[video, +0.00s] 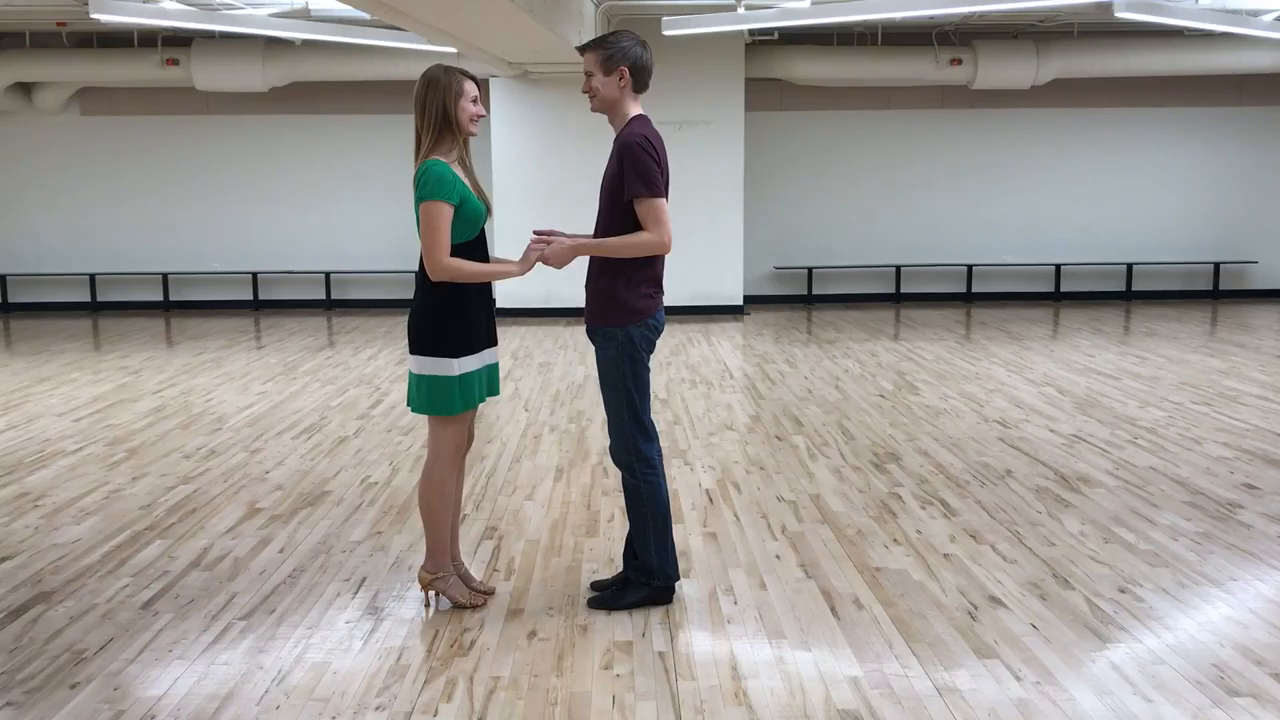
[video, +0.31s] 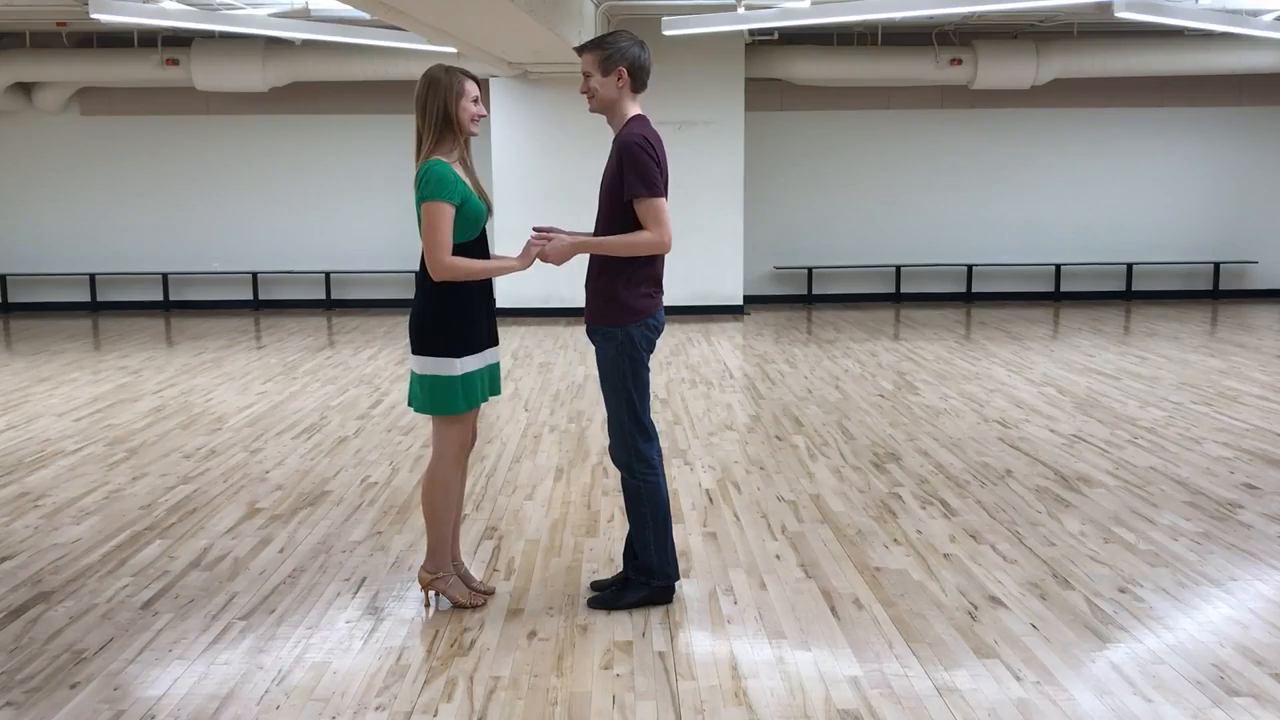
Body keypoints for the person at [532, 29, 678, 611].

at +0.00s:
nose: (584, 86)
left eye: (590, 75)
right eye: (584, 76)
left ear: (620, 76)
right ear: (621, 77)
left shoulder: (636, 142)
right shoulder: (630, 138)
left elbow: (659, 239)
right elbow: (636, 235)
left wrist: (578, 245)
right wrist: (573, 243)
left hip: (627, 320)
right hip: (621, 317)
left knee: (635, 450)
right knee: (632, 448)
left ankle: (654, 576)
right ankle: (645, 569)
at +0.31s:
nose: (582, 87)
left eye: (588, 76)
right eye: (582, 77)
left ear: (619, 77)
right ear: (620, 77)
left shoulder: (635, 142)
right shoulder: (629, 138)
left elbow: (659, 238)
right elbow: (636, 235)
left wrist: (578, 243)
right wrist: (573, 241)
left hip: (627, 320)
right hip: (621, 317)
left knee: (635, 449)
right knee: (631, 447)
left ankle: (654, 576)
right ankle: (645, 568)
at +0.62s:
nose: (576, 88)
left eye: (583, 77)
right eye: (576, 78)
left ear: (613, 77)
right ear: (614, 79)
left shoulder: (630, 142)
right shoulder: (625, 137)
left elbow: (653, 236)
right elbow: (631, 232)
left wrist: (575, 231)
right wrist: (570, 227)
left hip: (625, 319)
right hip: (620, 316)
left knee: (634, 449)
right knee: (630, 446)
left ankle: (654, 576)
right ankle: (645, 567)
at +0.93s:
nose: (567, 91)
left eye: (574, 81)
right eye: (567, 81)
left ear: (605, 81)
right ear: (607, 83)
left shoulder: (620, 146)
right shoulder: (623, 141)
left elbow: (644, 241)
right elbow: (628, 236)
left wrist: (567, 236)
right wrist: (561, 234)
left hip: (613, 321)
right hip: (622, 316)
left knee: (589, 444)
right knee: (625, 437)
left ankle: (645, 572)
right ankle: (653, 568)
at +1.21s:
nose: (558, 92)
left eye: (564, 81)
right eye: (558, 81)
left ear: (595, 83)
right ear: (597, 84)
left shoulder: (612, 146)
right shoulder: (612, 141)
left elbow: (636, 241)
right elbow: (610, 239)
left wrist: (560, 268)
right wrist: (552, 254)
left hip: (606, 320)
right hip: (614, 315)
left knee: (559, 438)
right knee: (610, 436)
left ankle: (574, 575)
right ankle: (649, 569)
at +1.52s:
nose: (556, 90)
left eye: (563, 80)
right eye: (557, 80)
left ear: (595, 80)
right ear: (597, 82)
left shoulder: (610, 144)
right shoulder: (613, 140)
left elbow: (636, 238)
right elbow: (614, 240)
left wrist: (563, 270)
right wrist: (557, 256)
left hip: (602, 319)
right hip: (607, 314)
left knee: (559, 442)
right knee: (592, 440)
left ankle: (569, 576)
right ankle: (644, 563)